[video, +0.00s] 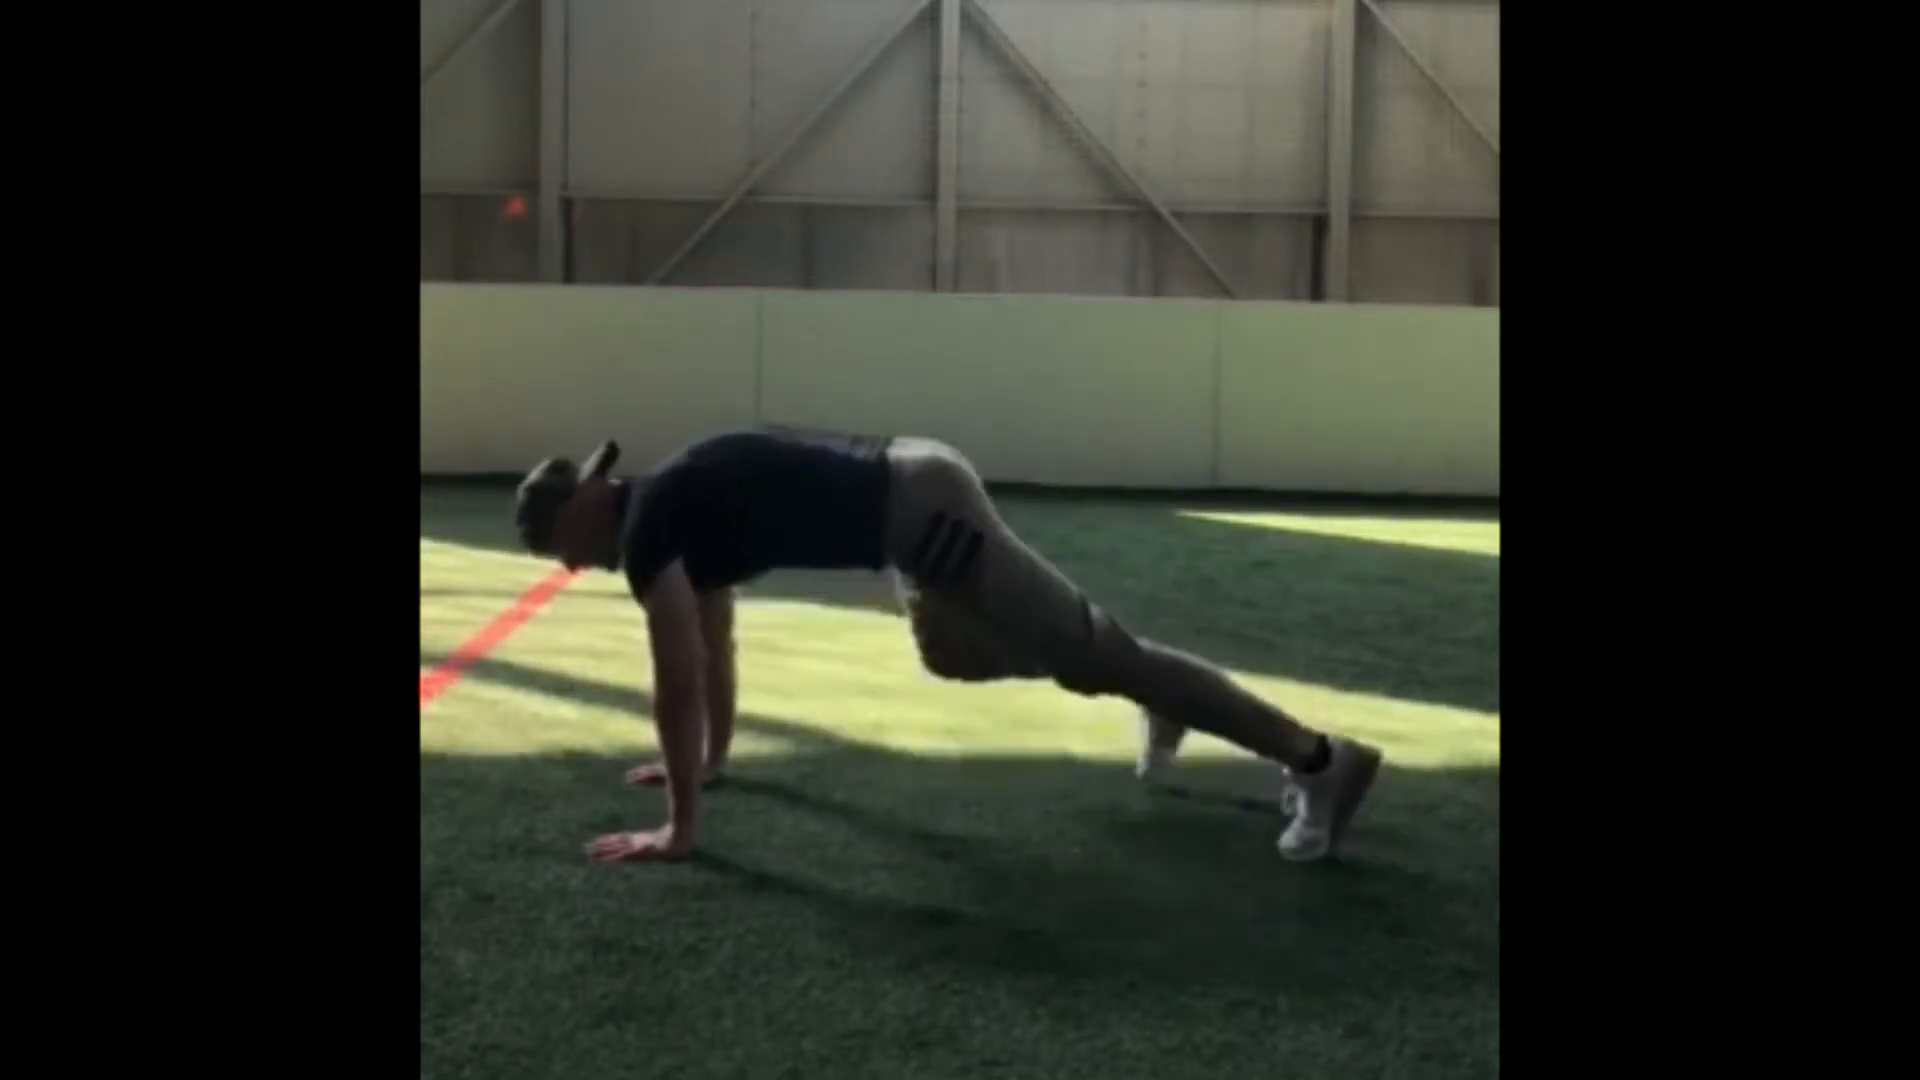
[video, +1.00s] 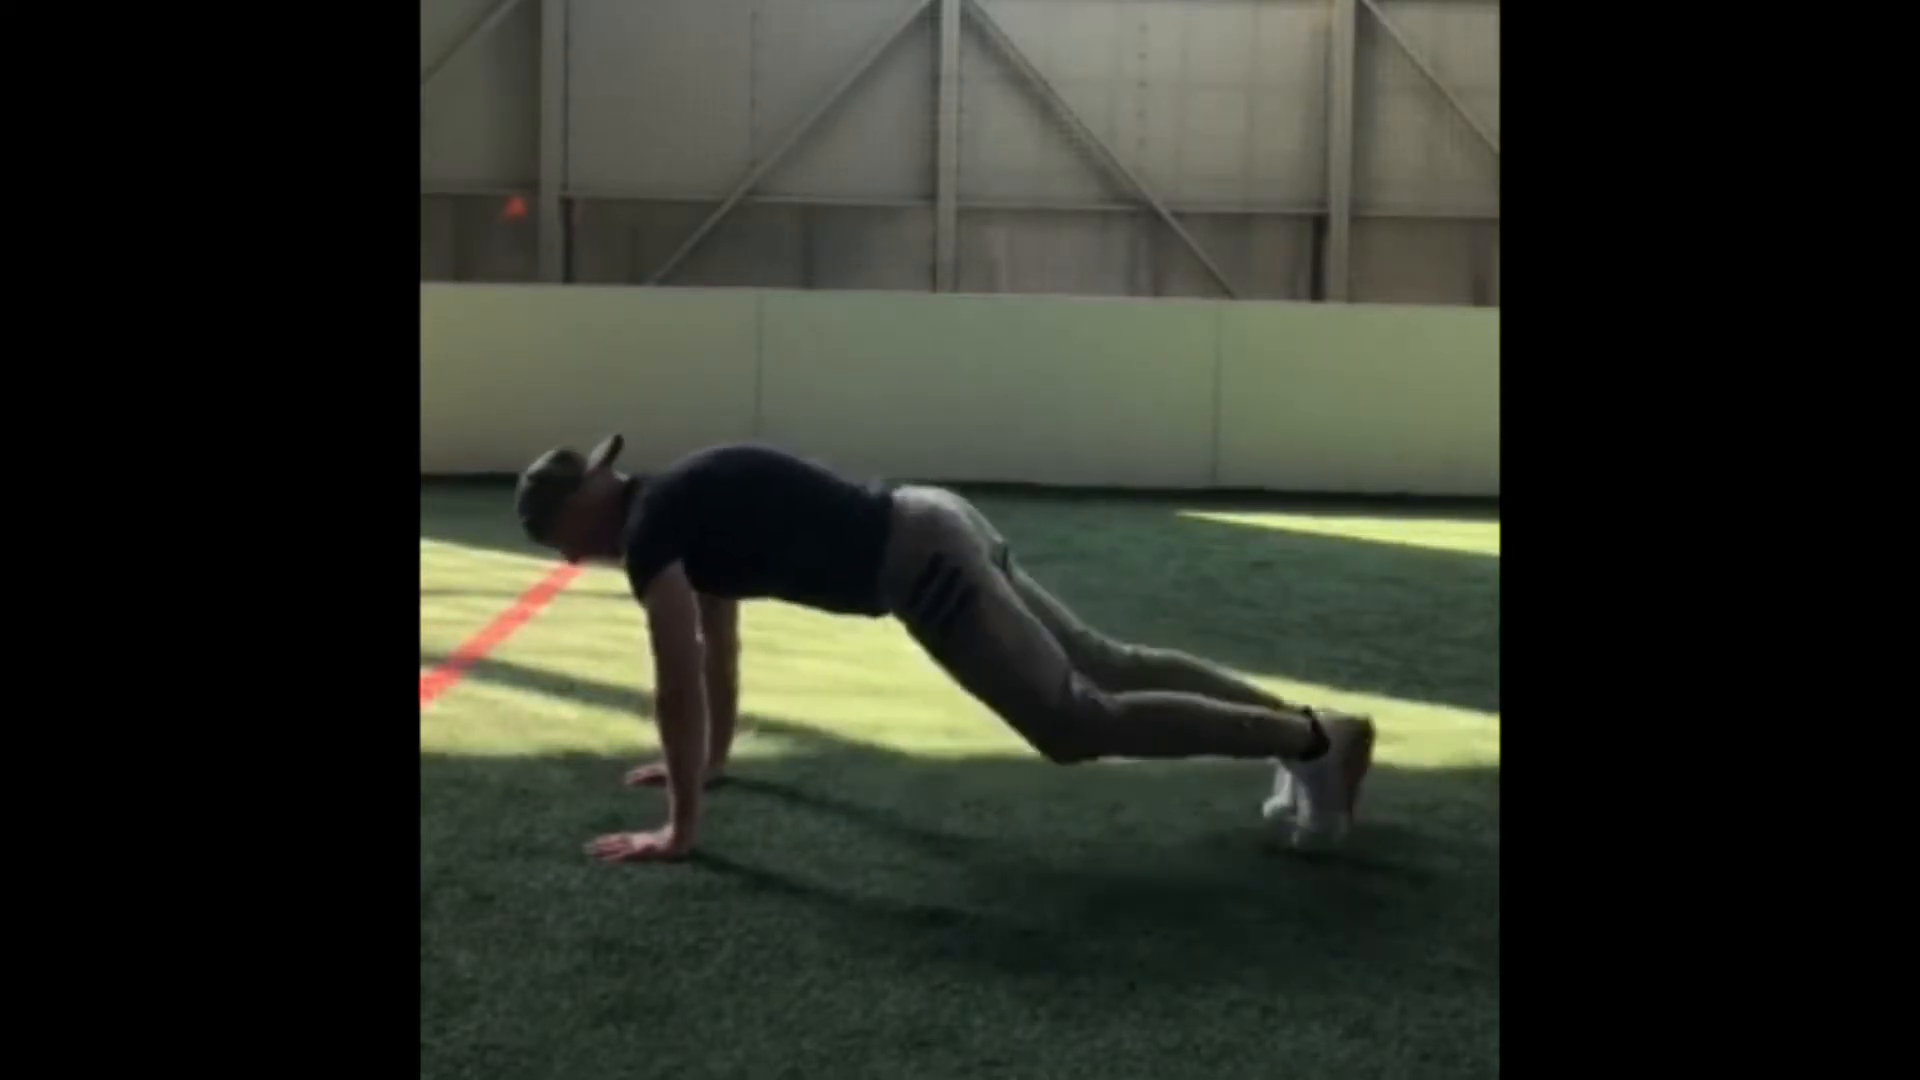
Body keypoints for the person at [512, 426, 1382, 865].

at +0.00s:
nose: (572, 569)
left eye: (565, 552)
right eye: (561, 557)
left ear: (587, 508)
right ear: (598, 494)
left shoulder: (654, 529)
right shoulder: (682, 506)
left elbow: (676, 689)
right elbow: (717, 654)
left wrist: (679, 830)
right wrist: (706, 756)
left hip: (924, 506)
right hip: (918, 490)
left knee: (1103, 658)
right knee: (954, 652)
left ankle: (1321, 759)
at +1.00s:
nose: (581, 563)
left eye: (572, 548)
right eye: (569, 551)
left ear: (587, 511)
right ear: (605, 486)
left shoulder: (652, 532)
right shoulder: (690, 500)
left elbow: (679, 686)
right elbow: (720, 662)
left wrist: (680, 829)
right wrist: (700, 762)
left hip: (925, 561)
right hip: (937, 518)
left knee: (1074, 731)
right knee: (1099, 665)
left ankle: (1321, 740)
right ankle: (1299, 732)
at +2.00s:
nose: (567, 571)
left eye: (559, 556)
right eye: (555, 561)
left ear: (580, 511)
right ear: (590, 498)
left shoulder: (648, 538)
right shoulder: (672, 504)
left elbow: (674, 694)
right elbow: (714, 654)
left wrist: (677, 832)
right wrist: (707, 756)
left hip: (919, 536)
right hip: (922, 504)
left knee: (1060, 700)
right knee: (1050, 674)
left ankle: (1297, 771)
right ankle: (1238, 688)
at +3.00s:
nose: (582, 559)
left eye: (574, 542)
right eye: (572, 547)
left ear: (596, 506)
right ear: (617, 485)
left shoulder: (652, 536)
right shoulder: (702, 509)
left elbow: (678, 687)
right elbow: (731, 667)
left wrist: (677, 826)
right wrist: (710, 765)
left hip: (927, 591)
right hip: (928, 560)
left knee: (1100, 718)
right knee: (1096, 703)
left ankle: (1348, 769)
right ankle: (1307, 750)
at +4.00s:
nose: (582, 562)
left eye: (573, 545)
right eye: (570, 551)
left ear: (597, 504)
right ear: (613, 487)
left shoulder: (660, 535)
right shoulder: (699, 506)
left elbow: (680, 689)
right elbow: (728, 664)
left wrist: (678, 832)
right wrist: (708, 766)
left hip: (921, 592)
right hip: (947, 552)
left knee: (1022, 789)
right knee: (1111, 678)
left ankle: (1260, 771)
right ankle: (1320, 740)